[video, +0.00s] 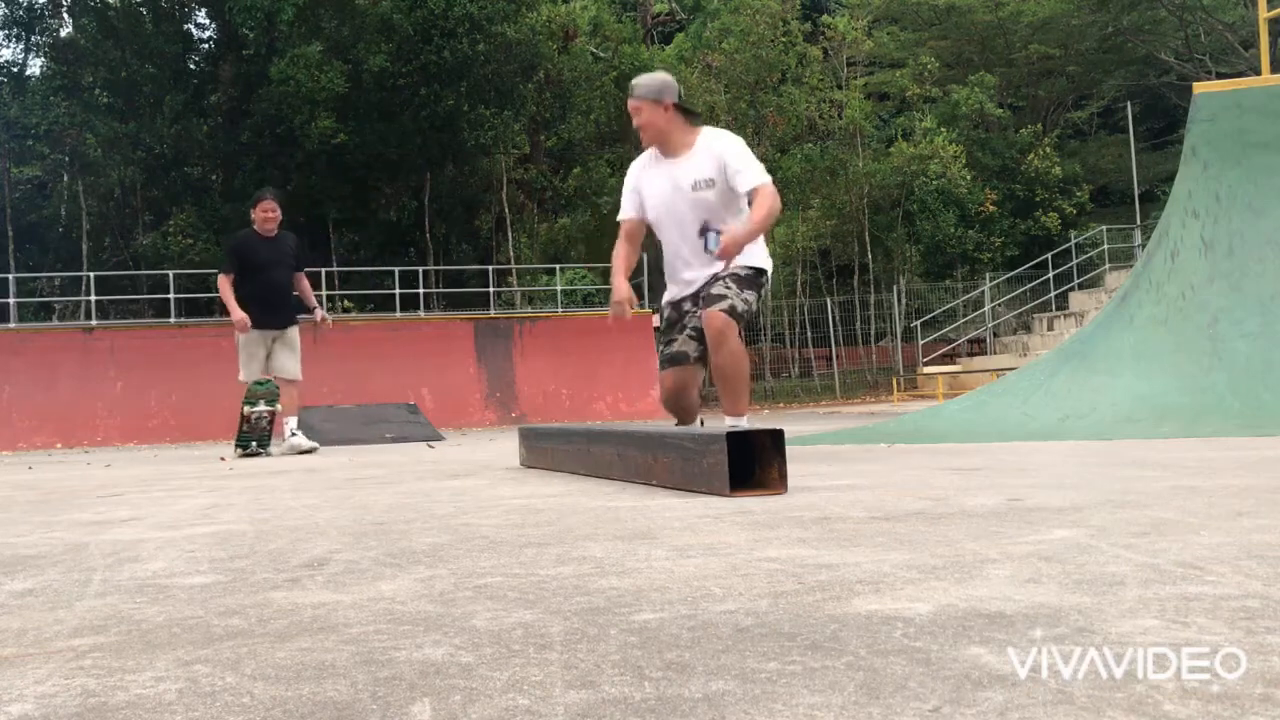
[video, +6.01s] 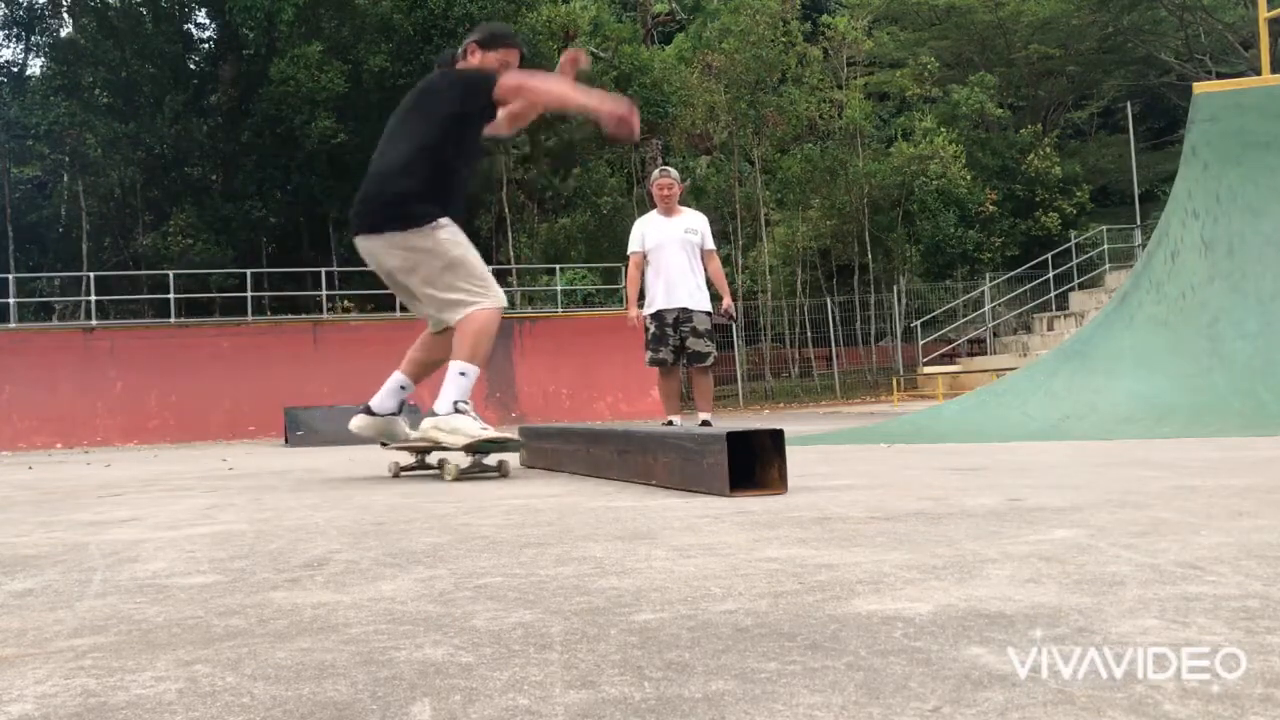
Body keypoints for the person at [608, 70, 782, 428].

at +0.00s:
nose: (634, 124)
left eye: (638, 113)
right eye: (632, 116)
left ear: (667, 108)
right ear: (654, 110)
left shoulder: (723, 145)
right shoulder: (640, 170)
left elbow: (769, 200)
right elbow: (628, 237)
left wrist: (744, 233)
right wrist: (619, 280)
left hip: (736, 266)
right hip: (682, 287)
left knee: (717, 321)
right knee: (675, 394)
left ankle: (737, 431)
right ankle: (693, 432)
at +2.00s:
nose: (619, 152)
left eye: (620, 147)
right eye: (621, 147)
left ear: (625, 149)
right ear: (656, 148)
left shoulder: (616, 182)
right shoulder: (682, 179)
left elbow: (608, 234)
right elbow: (700, 236)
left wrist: (599, 283)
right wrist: (704, 273)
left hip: (634, 285)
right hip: (679, 281)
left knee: (634, 358)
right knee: (674, 350)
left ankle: (637, 431)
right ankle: (677, 428)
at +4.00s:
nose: (694, 190)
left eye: (700, 185)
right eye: (690, 185)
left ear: (709, 189)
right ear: (682, 187)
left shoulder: (722, 222)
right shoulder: (665, 217)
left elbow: (733, 263)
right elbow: (652, 257)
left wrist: (745, 302)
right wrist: (641, 297)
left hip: (708, 305)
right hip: (671, 303)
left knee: (708, 365)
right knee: (667, 362)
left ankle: (705, 419)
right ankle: (670, 417)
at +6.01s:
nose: (666, 192)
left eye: (670, 187)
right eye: (660, 188)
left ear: (680, 189)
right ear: (652, 191)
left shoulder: (698, 219)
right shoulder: (642, 224)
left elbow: (711, 259)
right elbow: (635, 266)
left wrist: (726, 295)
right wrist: (632, 305)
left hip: (696, 305)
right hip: (660, 307)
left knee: (701, 365)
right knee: (667, 366)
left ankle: (705, 418)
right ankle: (673, 421)